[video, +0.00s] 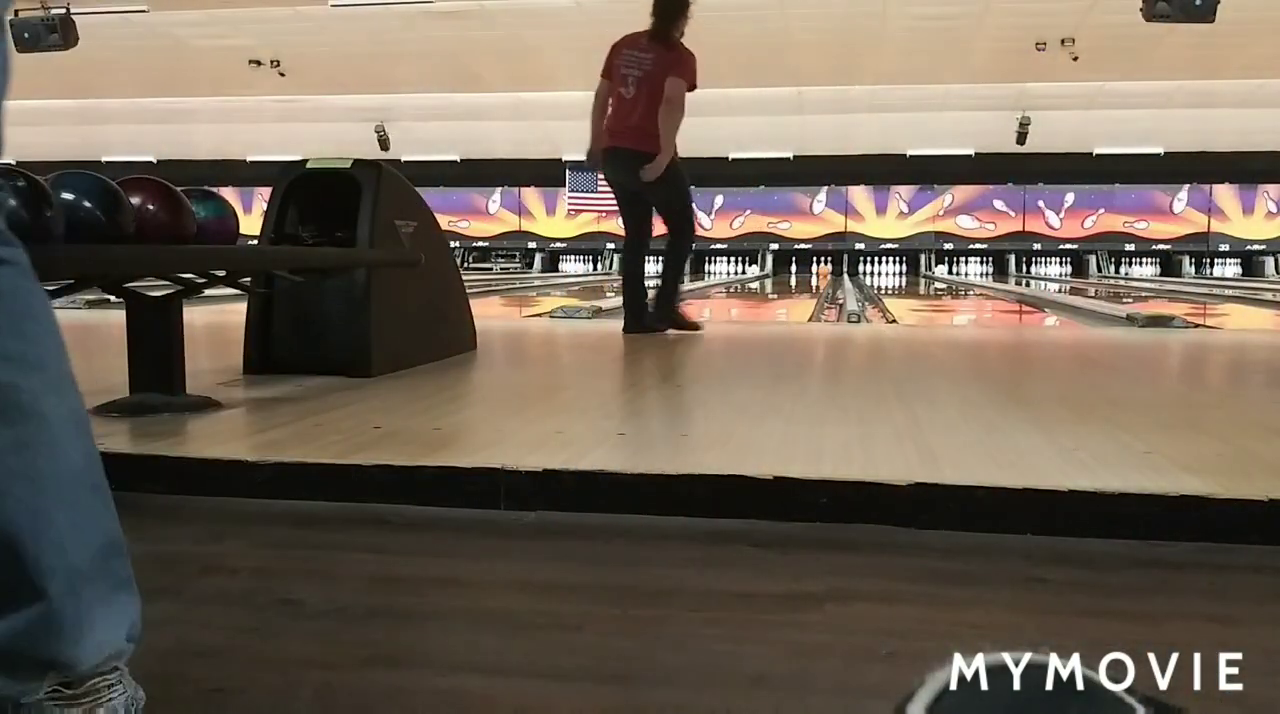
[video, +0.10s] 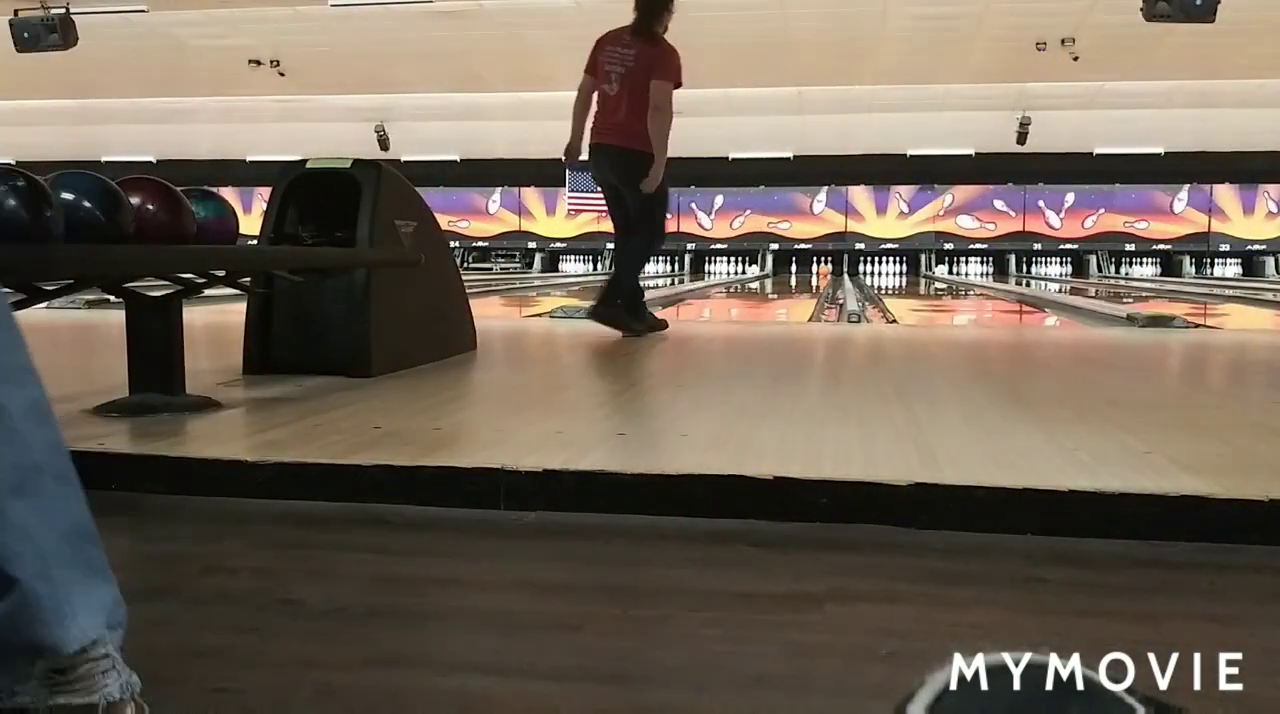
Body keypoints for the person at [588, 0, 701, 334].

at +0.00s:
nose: (687, 21)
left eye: (686, 15)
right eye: (686, 15)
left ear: (655, 13)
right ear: (682, 17)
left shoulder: (623, 44)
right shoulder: (680, 56)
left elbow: (601, 97)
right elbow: (671, 102)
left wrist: (596, 141)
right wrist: (666, 152)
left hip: (614, 153)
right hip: (653, 156)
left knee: (636, 232)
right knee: (682, 229)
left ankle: (635, 317)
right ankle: (665, 306)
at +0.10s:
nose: (670, 17)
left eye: (670, 11)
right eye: (670, 11)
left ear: (637, 9)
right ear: (665, 13)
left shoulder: (606, 41)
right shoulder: (663, 53)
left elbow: (585, 93)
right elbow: (659, 108)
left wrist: (575, 139)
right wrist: (660, 160)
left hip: (602, 150)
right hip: (636, 153)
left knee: (626, 231)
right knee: (651, 232)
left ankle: (636, 311)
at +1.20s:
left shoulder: (540, 16)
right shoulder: (463, 10)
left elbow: (549, 71)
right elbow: (419, 58)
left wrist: (547, 104)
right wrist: (460, 100)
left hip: (533, 143)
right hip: (484, 143)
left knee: (551, 226)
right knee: (491, 231)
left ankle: (525, 286)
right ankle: (483, 316)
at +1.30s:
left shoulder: (541, 9)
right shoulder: (459, 7)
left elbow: (553, 67)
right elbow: (422, 59)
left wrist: (541, 101)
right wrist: (459, 99)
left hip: (533, 139)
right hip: (482, 140)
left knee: (546, 228)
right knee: (485, 231)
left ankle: (527, 301)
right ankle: (484, 315)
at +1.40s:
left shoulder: (543, 7)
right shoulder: (456, 6)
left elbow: (561, 67)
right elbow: (433, 65)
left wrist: (542, 99)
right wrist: (465, 98)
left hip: (532, 136)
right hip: (480, 139)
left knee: (538, 230)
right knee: (485, 231)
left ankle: (535, 317)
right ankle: (489, 317)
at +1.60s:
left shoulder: (550, 6)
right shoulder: (459, 5)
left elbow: (572, 72)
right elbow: (439, 65)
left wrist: (536, 102)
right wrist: (469, 88)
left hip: (532, 136)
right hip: (479, 137)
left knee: (530, 230)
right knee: (485, 231)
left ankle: (529, 319)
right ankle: (494, 309)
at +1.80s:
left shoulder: (563, 4)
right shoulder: (465, 2)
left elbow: (579, 65)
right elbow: (449, 45)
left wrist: (525, 89)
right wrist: (463, 66)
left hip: (535, 125)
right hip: (480, 127)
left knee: (530, 229)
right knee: (483, 234)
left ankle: (528, 326)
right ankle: (503, 289)